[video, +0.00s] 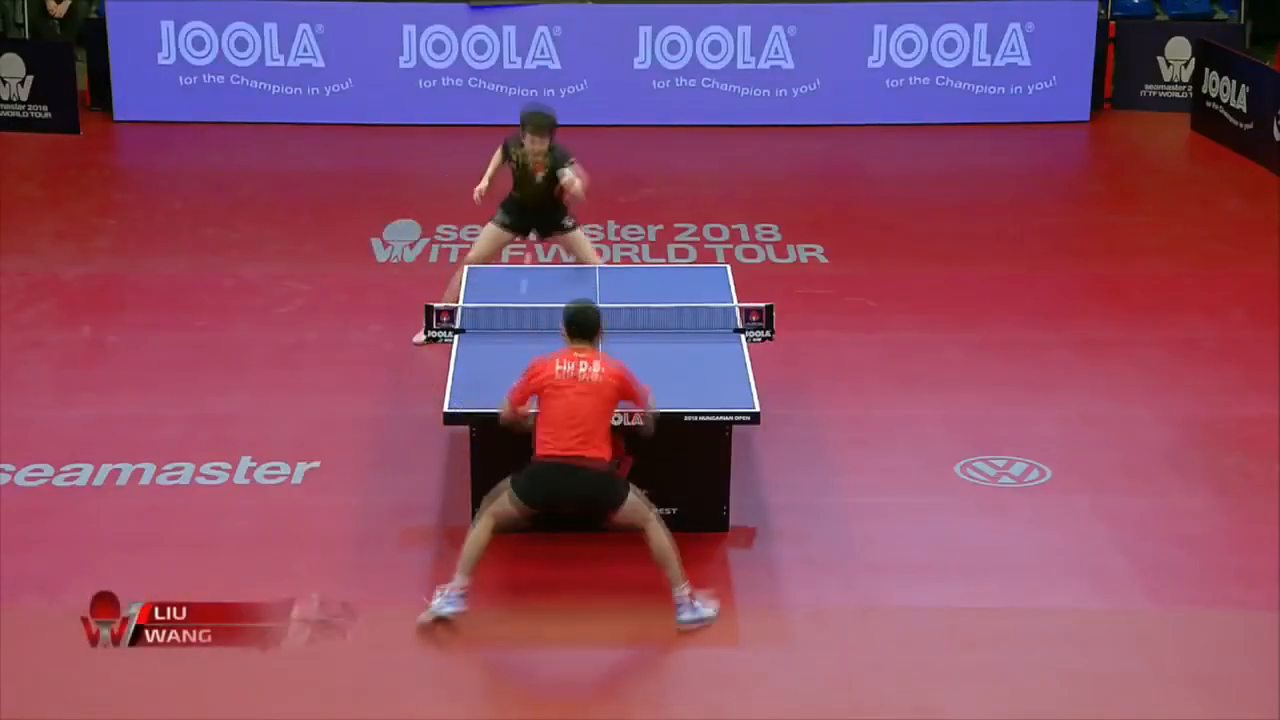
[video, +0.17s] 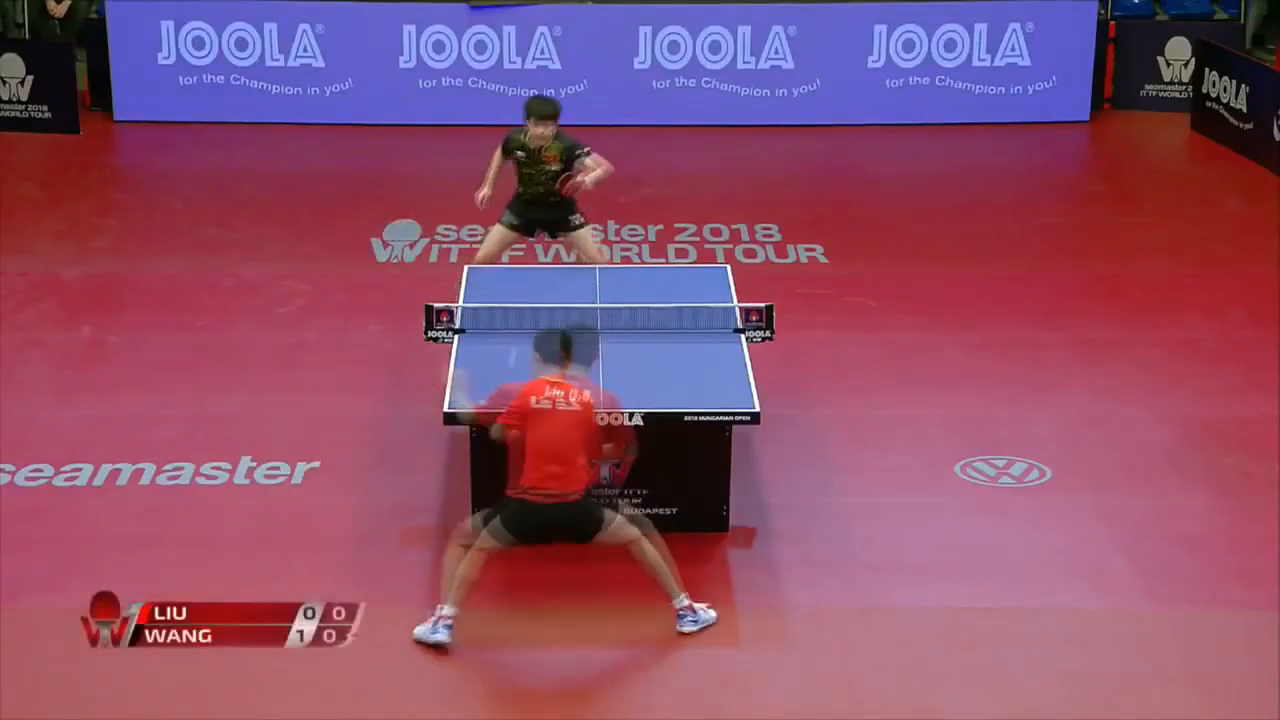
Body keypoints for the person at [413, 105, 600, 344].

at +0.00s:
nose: (536, 145)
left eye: (541, 140)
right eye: (532, 139)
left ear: (550, 138)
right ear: (523, 135)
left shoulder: (558, 155)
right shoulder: (512, 146)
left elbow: (575, 183)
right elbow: (501, 154)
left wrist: (574, 186)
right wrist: (485, 181)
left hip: (553, 214)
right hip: (516, 211)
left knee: (594, 264)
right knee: (473, 260)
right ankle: (437, 322)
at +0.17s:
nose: (544, 131)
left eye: (548, 125)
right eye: (538, 125)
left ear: (555, 125)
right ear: (527, 124)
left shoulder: (566, 145)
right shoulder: (515, 141)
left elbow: (606, 167)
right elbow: (501, 154)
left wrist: (590, 178)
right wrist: (488, 186)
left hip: (561, 208)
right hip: (524, 206)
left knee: (594, 259)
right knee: (482, 259)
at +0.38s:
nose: (548, 142)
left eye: (554, 136)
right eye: (544, 135)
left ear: (563, 136)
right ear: (535, 133)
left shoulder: (577, 154)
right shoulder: (519, 150)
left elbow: (614, 178)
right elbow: (504, 168)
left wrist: (597, 207)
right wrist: (499, 209)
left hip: (565, 215)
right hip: (525, 215)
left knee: (606, 258)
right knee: (484, 260)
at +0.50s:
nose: (544, 169)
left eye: (550, 164)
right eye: (541, 163)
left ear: (560, 164)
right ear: (534, 160)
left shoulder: (575, 181)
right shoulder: (520, 176)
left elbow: (608, 208)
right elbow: (494, 202)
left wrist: (584, 235)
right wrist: (507, 225)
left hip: (565, 232)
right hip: (527, 230)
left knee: (610, 267)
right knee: (485, 263)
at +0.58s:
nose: (535, 170)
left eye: (541, 165)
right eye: (531, 163)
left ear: (550, 163)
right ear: (524, 159)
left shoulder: (563, 178)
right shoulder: (514, 170)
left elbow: (591, 209)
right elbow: (485, 196)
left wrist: (565, 226)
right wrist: (504, 198)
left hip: (557, 232)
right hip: (519, 229)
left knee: (601, 265)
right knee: (470, 258)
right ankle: (452, 309)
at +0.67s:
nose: (525, 145)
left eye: (531, 140)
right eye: (521, 140)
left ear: (540, 137)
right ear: (513, 134)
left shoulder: (547, 149)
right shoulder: (503, 145)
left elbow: (553, 166)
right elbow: (477, 154)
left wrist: (560, 179)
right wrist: (475, 171)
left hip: (541, 211)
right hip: (505, 208)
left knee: (585, 258)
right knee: (457, 249)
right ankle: (447, 308)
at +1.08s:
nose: (524, 135)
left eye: (529, 130)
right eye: (519, 129)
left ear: (536, 129)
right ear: (508, 126)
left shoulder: (547, 149)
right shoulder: (489, 147)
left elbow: (583, 174)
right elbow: (469, 170)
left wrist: (569, 201)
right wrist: (477, 204)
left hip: (535, 211)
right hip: (497, 211)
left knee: (574, 259)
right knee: (457, 261)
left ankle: (593, 317)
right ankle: (431, 318)